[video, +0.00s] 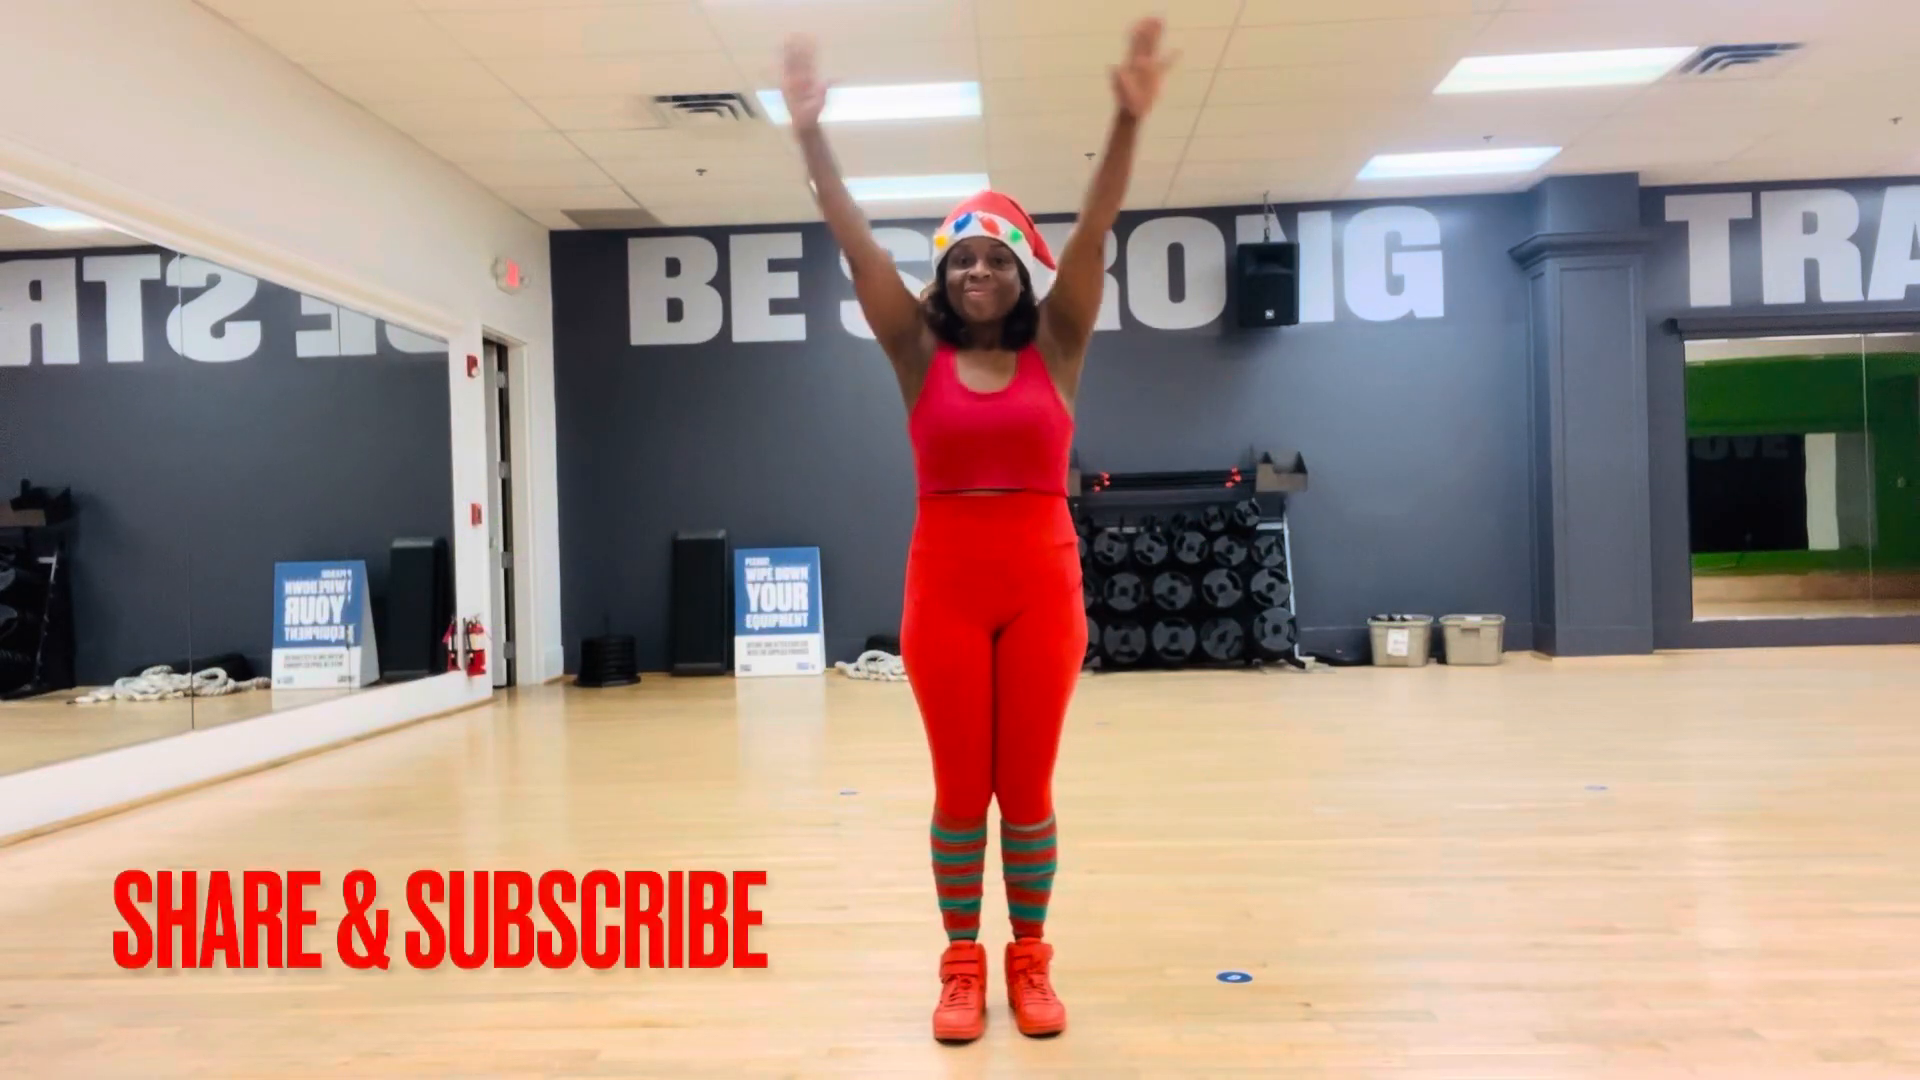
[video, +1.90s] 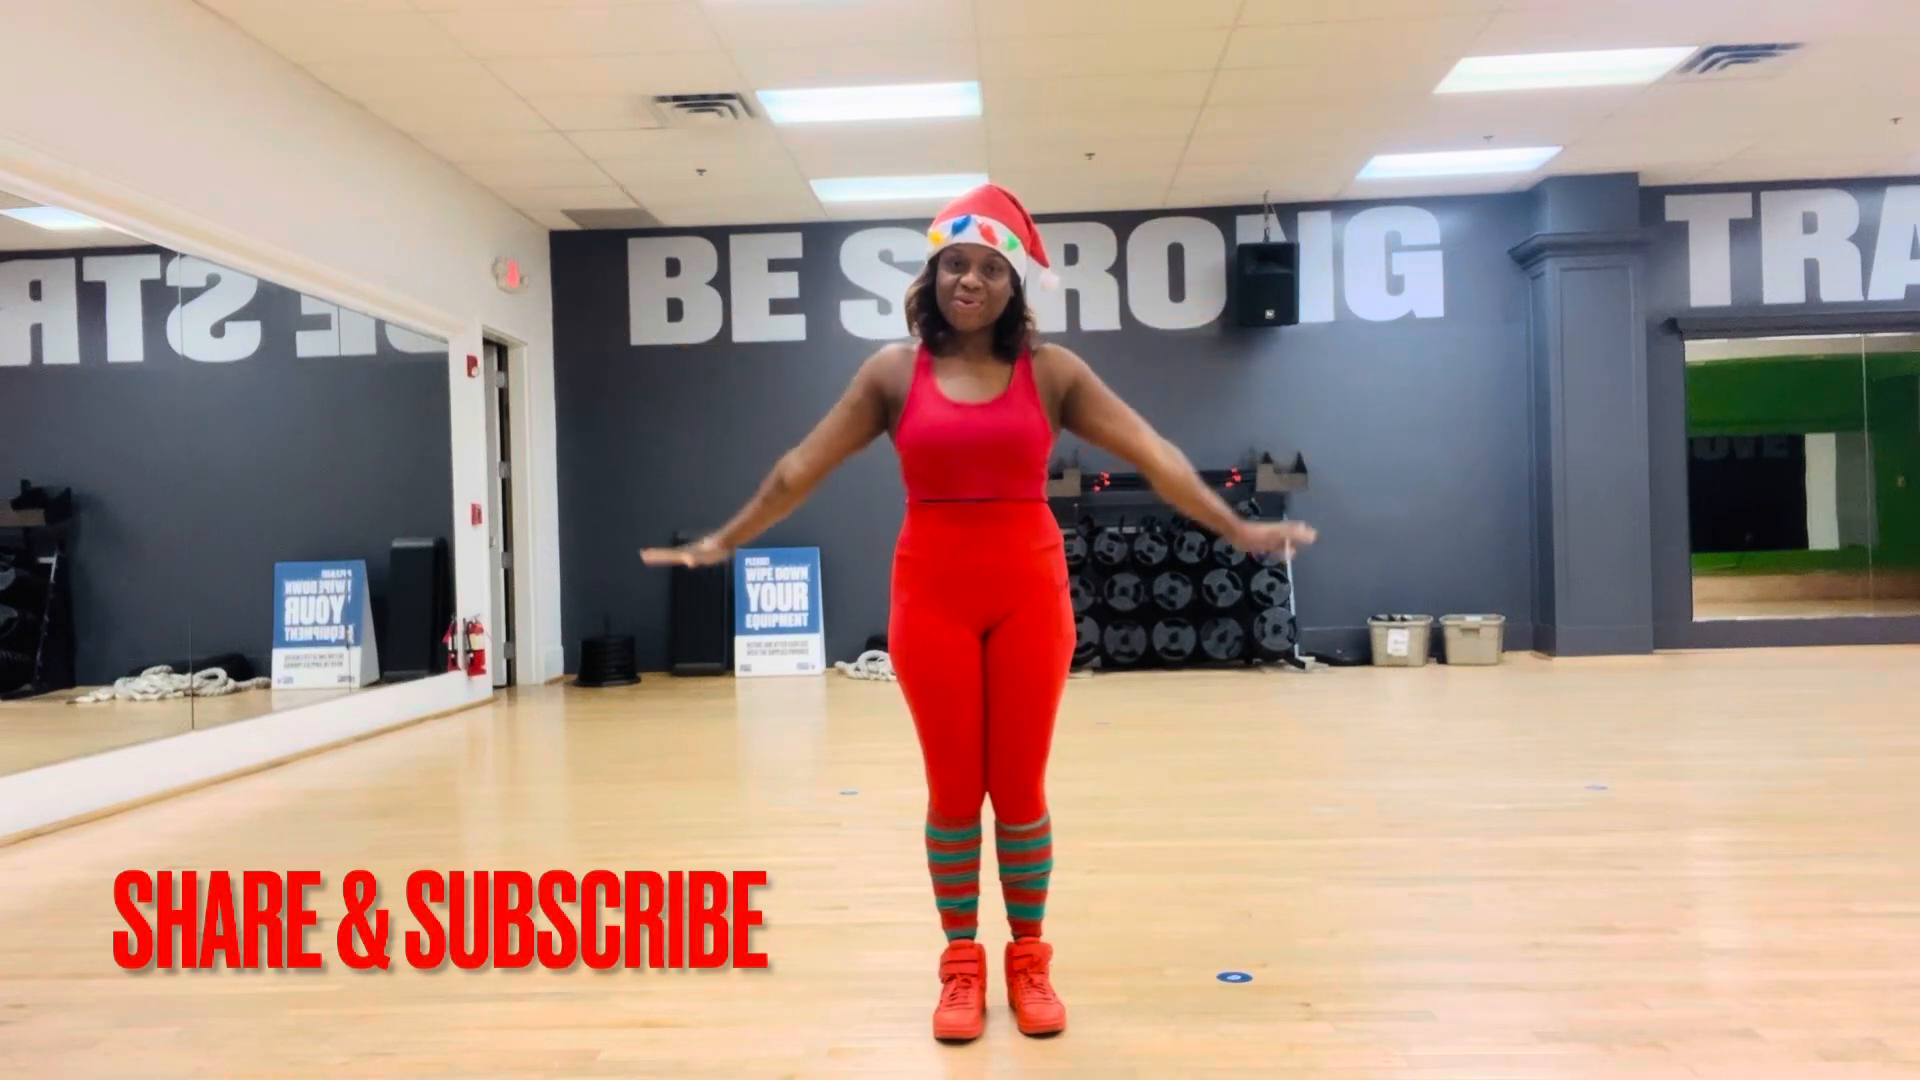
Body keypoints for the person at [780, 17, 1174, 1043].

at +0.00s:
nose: (980, 273)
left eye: (998, 260)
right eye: (963, 260)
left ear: (1025, 277)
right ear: (942, 278)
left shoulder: (1055, 347)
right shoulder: (917, 352)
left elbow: (1095, 230)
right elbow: (850, 236)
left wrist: (1130, 117)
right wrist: (808, 126)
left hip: (1045, 591)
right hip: (944, 596)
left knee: (1027, 787)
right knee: (961, 786)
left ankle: (1031, 960)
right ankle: (963, 964)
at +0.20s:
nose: (979, 275)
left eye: (994, 266)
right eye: (963, 266)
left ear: (1018, 283)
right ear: (940, 286)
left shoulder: (1050, 351)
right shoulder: (920, 358)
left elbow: (1040, 242)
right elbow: (907, 245)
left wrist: (1002, 132)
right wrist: (954, 127)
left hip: (1042, 592)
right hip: (945, 595)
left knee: (1026, 784)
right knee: (962, 785)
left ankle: (1030, 959)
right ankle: (962, 964)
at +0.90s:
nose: (971, 284)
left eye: (989, 269)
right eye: (956, 270)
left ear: (1019, 281)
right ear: (935, 283)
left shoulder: (1048, 351)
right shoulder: (911, 353)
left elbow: (1086, 233)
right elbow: (851, 240)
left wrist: (1131, 123)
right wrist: (842, 122)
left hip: (1037, 592)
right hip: (940, 594)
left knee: (1023, 786)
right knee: (958, 786)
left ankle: (1030, 958)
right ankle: (962, 963)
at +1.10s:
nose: (970, 283)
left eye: (987, 269)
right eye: (954, 269)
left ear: (1015, 279)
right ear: (933, 279)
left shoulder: (1051, 345)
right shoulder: (903, 349)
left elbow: (1130, 254)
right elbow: (813, 257)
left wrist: (1223, 171)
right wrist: (738, 163)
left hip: (1037, 587)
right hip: (938, 591)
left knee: (1022, 783)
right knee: (958, 784)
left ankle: (1031, 961)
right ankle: (962, 966)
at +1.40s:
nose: (966, 284)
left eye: (984, 272)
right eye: (952, 271)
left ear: (1014, 286)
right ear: (931, 284)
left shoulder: (1055, 351)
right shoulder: (898, 354)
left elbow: (1172, 321)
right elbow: (772, 323)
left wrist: (1291, 300)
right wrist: (667, 290)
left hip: (1032, 589)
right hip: (934, 592)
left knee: (1019, 784)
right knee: (955, 786)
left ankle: (1030, 960)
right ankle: (961, 963)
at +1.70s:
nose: (968, 280)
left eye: (985, 268)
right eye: (954, 267)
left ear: (1013, 282)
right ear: (933, 280)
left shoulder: (1051, 361)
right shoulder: (896, 364)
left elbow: (1170, 396)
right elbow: (779, 408)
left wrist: (1276, 430)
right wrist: (678, 442)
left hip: (1031, 589)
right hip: (932, 593)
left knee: (1019, 785)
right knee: (954, 787)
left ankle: (1030, 959)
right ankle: (962, 965)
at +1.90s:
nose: (970, 282)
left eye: (989, 270)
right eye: (956, 266)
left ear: (1013, 286)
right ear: (933, 276)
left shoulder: (1050, 370)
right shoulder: (894, 372)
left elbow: (1149, 450)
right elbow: (799, 469)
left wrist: (1234, 528)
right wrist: (722, 541)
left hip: (1030, 589)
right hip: (931, 591)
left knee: (1018, 784)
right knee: (954, 788)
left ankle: (1031, 960)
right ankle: (963, 966)